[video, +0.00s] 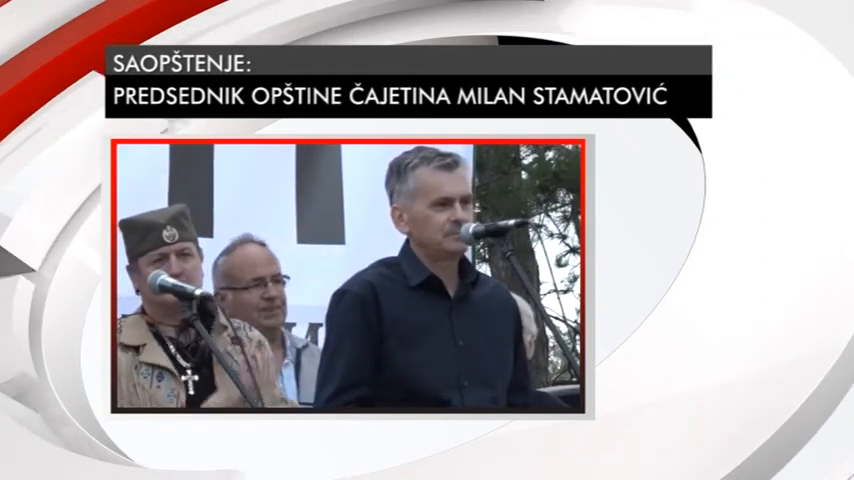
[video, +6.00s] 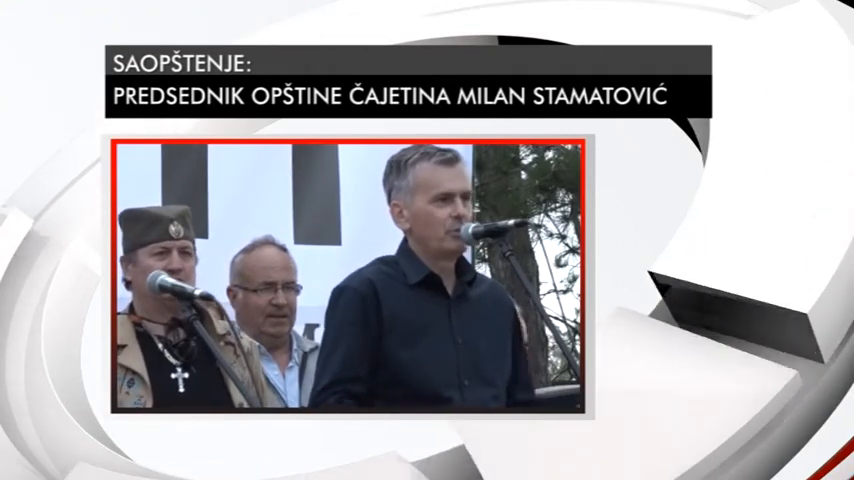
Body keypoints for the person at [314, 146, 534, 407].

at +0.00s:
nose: (459, 217)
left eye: (466, 203)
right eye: (442, 205)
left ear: (475, 208)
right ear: (401, 218)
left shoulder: (499, 302)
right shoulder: (362, 299)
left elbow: (520, 406)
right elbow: (335, 414)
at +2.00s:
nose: (461, 215)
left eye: (467, 202)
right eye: (443, 204)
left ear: (474, 206)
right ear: (402, 217)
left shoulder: (500, 300)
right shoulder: (362, 296)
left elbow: (520, 405)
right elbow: (332, 412)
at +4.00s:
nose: (462, 211)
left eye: (466, 198)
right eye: (443, 200)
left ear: (474, 203)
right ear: (402, 215)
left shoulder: (499, 301)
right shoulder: (368, 290)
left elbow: (531, 397)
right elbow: (327, 397)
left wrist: (597, 397)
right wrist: (386, 400)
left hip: (496, 462)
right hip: (401, 463)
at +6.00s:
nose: (461, 212)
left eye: (465, 199)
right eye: (443, 200)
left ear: (472, 204)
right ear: (400, 213)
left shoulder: (496, 302)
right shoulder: (362, 296)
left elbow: (522, 408)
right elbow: (330, 405)